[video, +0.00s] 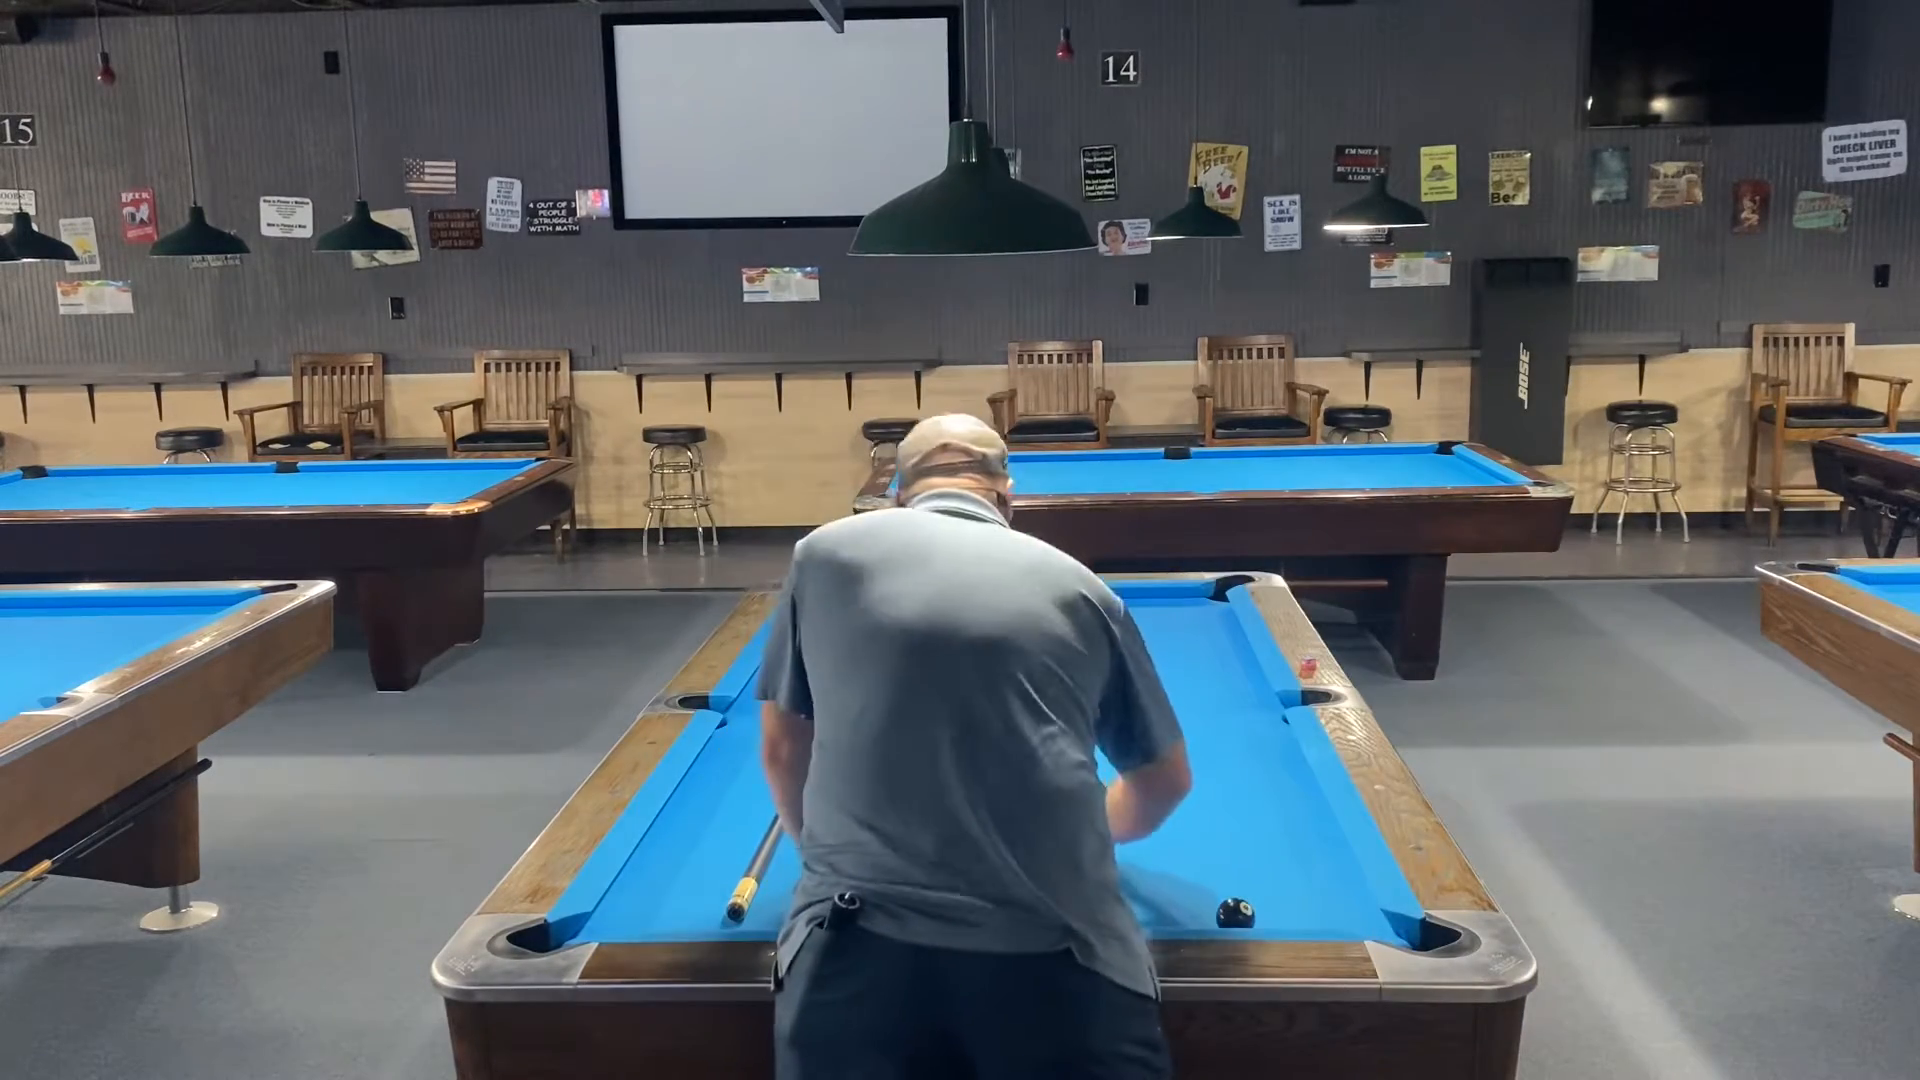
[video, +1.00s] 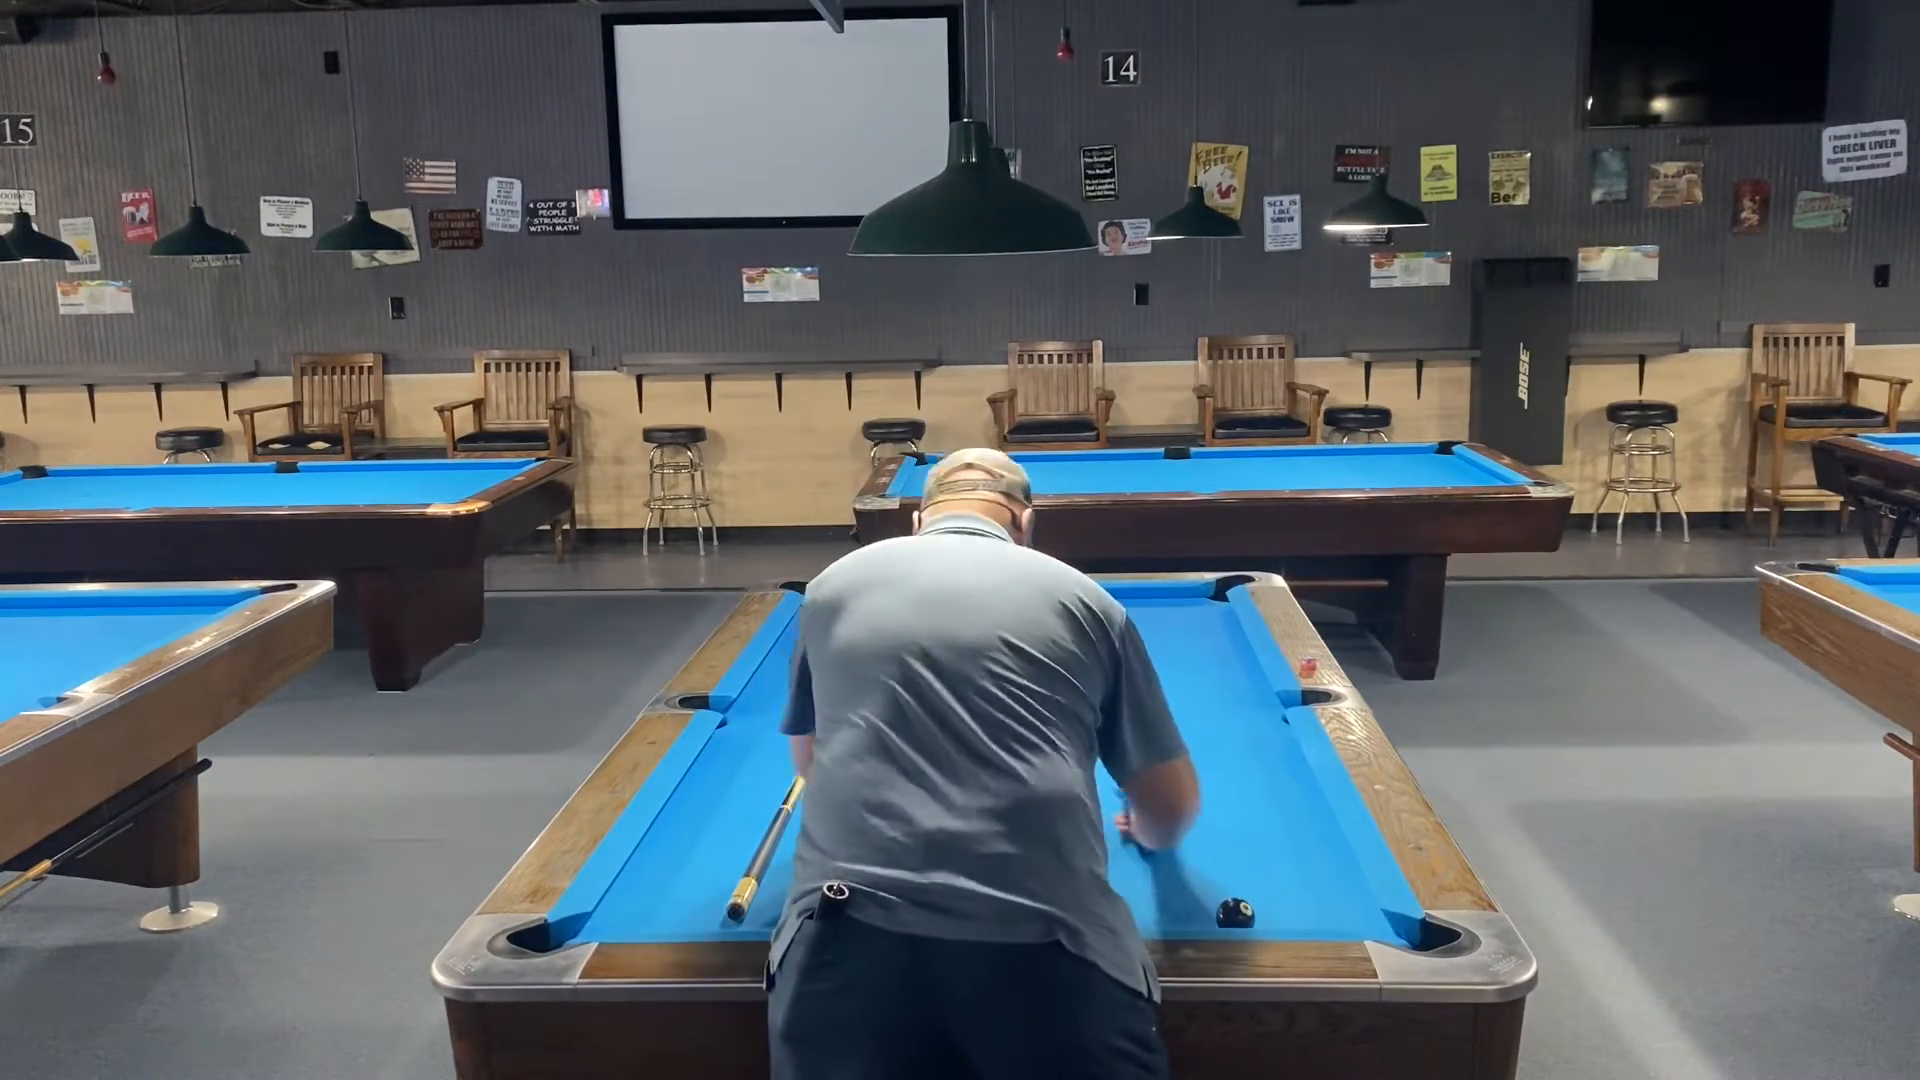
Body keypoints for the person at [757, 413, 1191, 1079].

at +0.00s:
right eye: (1006, 488)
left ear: (895, 497)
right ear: (1007, 495)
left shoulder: (826, 551)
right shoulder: (1080, 587)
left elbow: (783, 746)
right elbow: (1163, 779)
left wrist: (822, 849)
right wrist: (1067, 840)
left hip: (857, 969)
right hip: (1061, 976)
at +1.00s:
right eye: (1029, 519)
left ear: (917, 522)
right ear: (1023, 522)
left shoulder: (835, 583)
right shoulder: (1086, 600)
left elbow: (811, 757)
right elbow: (1171, 801)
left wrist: (877, 804)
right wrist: (1148, 831)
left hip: (847, 958)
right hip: (1048, 965)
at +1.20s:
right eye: (1059, 533)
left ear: (946, 522)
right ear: (1046, 531)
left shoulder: (857, 580)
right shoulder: (1101, 600)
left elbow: (858, 729)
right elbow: (1182, 812)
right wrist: (1163, 836)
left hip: (840, 956)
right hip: (1040, 966)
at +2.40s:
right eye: (1048, 493)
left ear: (931, 490)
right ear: (1039, 486)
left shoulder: (836, 573)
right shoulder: (1097, 578)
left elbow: (813, 768)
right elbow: (1164, 789)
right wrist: (1094, 825)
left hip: (844, 965)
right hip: (1047, 972)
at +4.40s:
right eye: (1020, 512)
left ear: (913, 519)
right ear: (1018, 517)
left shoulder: (834, 592)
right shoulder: (1089, 598)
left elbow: (809, 789)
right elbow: (1123, 801)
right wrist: (1031, 849)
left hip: (846, 956)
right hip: (1050, 963)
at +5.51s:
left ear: (916, 502)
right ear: (1025, 506)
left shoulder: (828, 569)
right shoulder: (1097, 583)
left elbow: (786, 779)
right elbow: (1137, 784)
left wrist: (887, 795)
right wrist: (1059, 782)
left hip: (846, 965)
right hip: (1051, 972)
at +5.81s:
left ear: (912, 474)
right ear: (1025, 477)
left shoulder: (815, 553)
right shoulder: (1102, 568)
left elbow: (750, 774)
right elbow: (1182, 784)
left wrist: (835, 832)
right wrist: (1140, 811)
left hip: (845, 978)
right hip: (1055, 992)